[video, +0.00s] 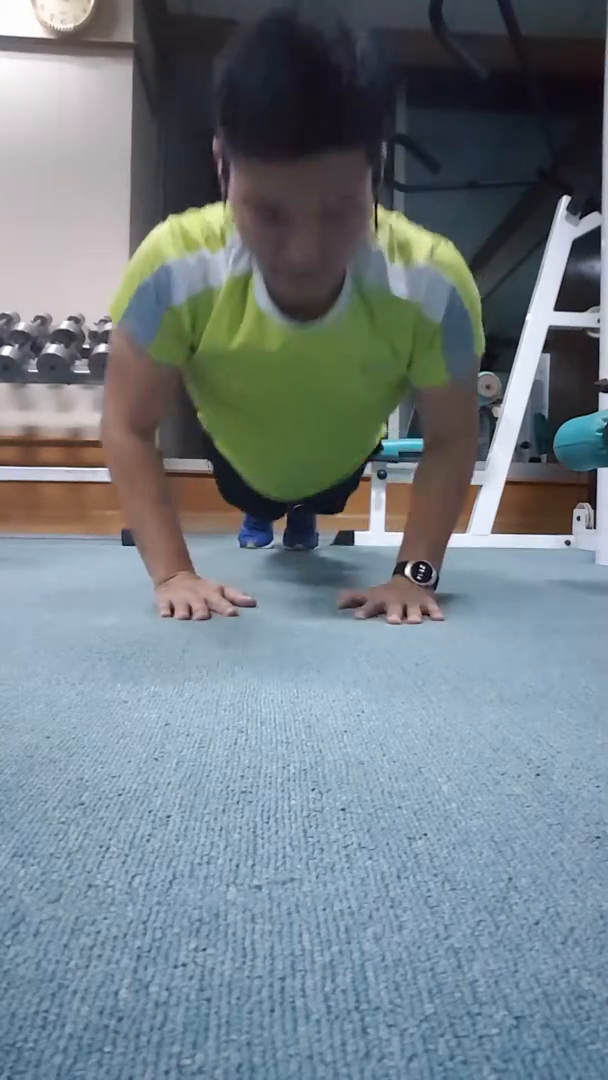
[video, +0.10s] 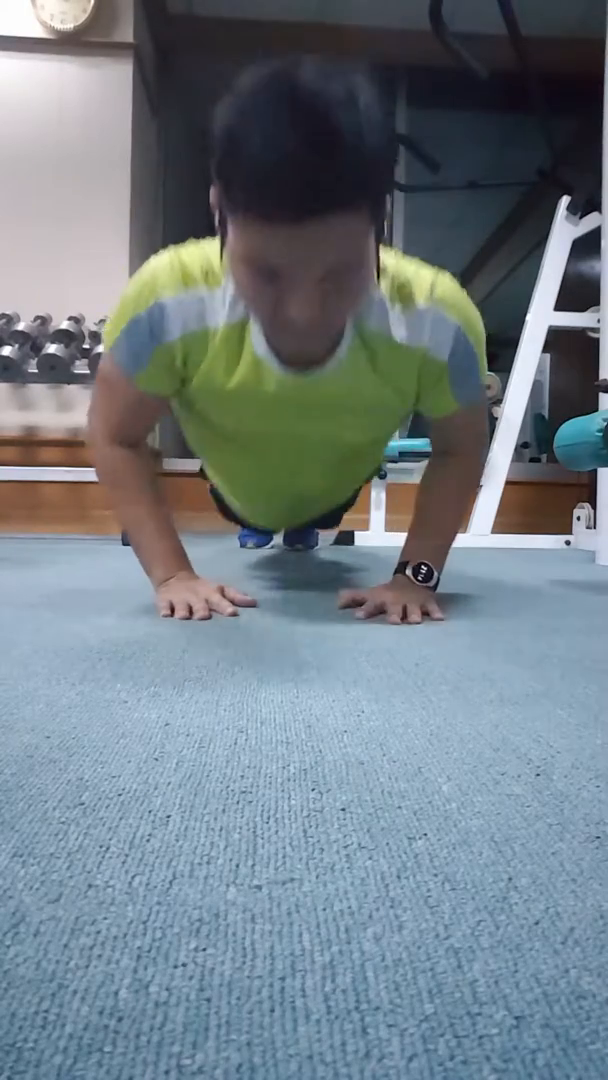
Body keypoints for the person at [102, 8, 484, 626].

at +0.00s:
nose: (306, 248)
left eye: (337, 212)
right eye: (271, 215)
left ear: (376, 171)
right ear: (222, 169)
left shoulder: (428, 275)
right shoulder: (175, 260)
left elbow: (451, 436)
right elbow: (125, 427)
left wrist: (415, 574)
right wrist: (173, 574)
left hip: (339, 463)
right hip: (240, 458)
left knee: (314, 499)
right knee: (256, 498)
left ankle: (301, 519)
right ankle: (260, 518)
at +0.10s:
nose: (303, 308)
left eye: (336, 274)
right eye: (268, 274)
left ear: (380, 219)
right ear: (219, 216)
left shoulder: (435, 315)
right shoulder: (167, 296)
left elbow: (459, 448)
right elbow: (114, 439)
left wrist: (416, 575)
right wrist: (172, 574)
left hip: (336, 487)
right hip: (235, 484)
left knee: (317, 515)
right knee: (250, 516)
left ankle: (304, 531)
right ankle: (259, 528)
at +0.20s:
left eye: (342, 337)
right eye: (270, 337)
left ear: (383, 284)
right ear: (217, 272)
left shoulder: (442, 356)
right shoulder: (162, 333)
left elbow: (469, 451)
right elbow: (107, 446)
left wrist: (416, 576)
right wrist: (173, 576)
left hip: (337, 506)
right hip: (225, 499)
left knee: (324, 528)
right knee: (250, 532)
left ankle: (325, 534)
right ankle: (264, 545)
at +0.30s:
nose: (304, 443)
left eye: (341, 410)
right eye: (268, 407)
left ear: (383, 361)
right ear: (220, 344)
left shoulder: (447, 396)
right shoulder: (154, 377)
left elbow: (476, 456)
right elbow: (99, 450)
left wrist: (418, 574)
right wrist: (172, 575)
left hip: (343, 527)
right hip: (226, 531)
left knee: (321, 546)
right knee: (240, 549)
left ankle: (303, 558)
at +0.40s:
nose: (305, 512)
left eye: (343, 480)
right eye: (269, 480)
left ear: (385, 431)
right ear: (222, 423)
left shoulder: (450, 436)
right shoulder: (151, 421)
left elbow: (486, 461)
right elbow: (90, 447)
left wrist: (420, 574)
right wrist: (171, 576)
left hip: (353, 560)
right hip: (226, 557)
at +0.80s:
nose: (313, 456)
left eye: (347, 419)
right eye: (277, 421)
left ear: (385, 369)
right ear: (219, 357)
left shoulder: (448, 397)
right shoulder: (160, 397)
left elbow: (485, 454)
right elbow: (97, 446)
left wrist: (419, 575)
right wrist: (172, 575)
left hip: (340, 551)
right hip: (227, 552)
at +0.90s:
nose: (317, 351)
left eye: (348, 314)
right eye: (280, 319)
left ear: (386, 272)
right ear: (222, 269)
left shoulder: (442, 341)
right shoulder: (162, 345)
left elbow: (480, 452)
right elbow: (106, 446)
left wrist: (417, 577)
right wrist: (174, 575)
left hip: (344, 506)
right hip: (232, 510)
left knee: (329, 533)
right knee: (246, 535)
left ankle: (303, 551)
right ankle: (262, 547)